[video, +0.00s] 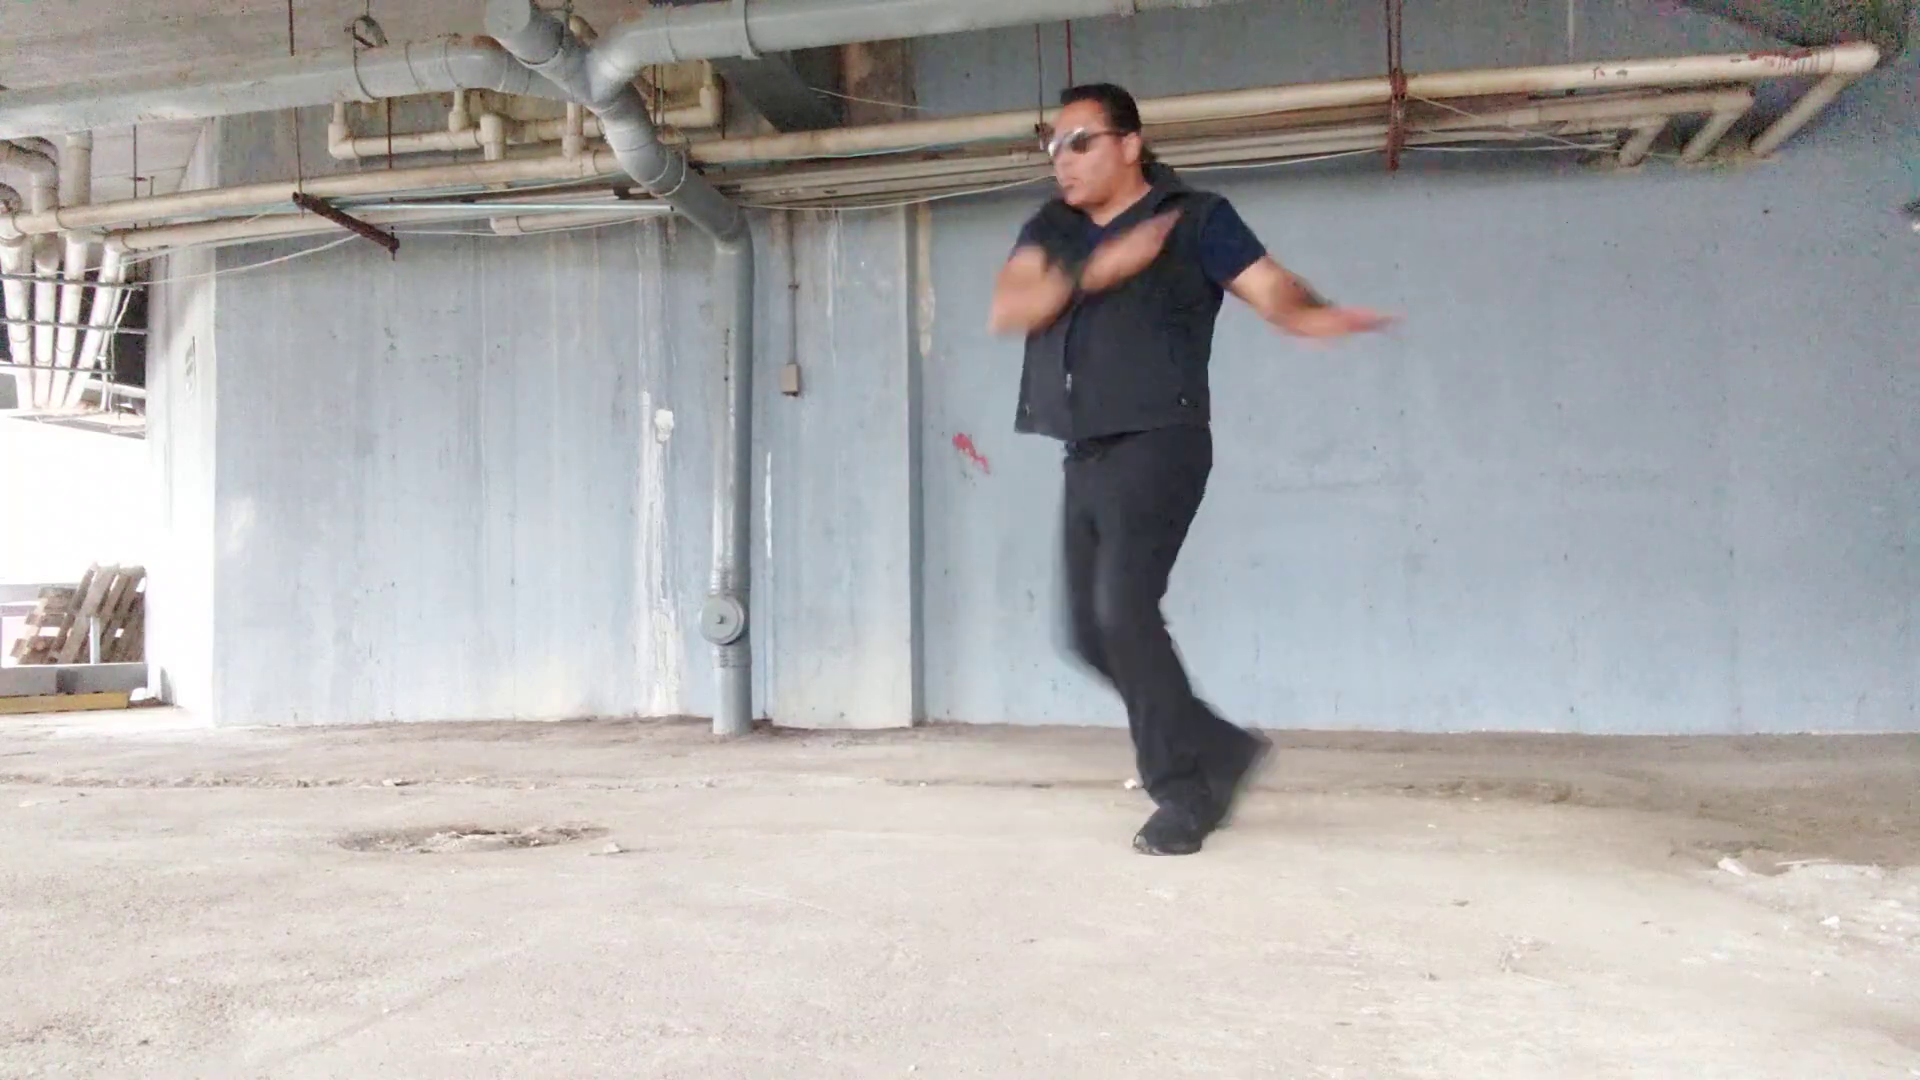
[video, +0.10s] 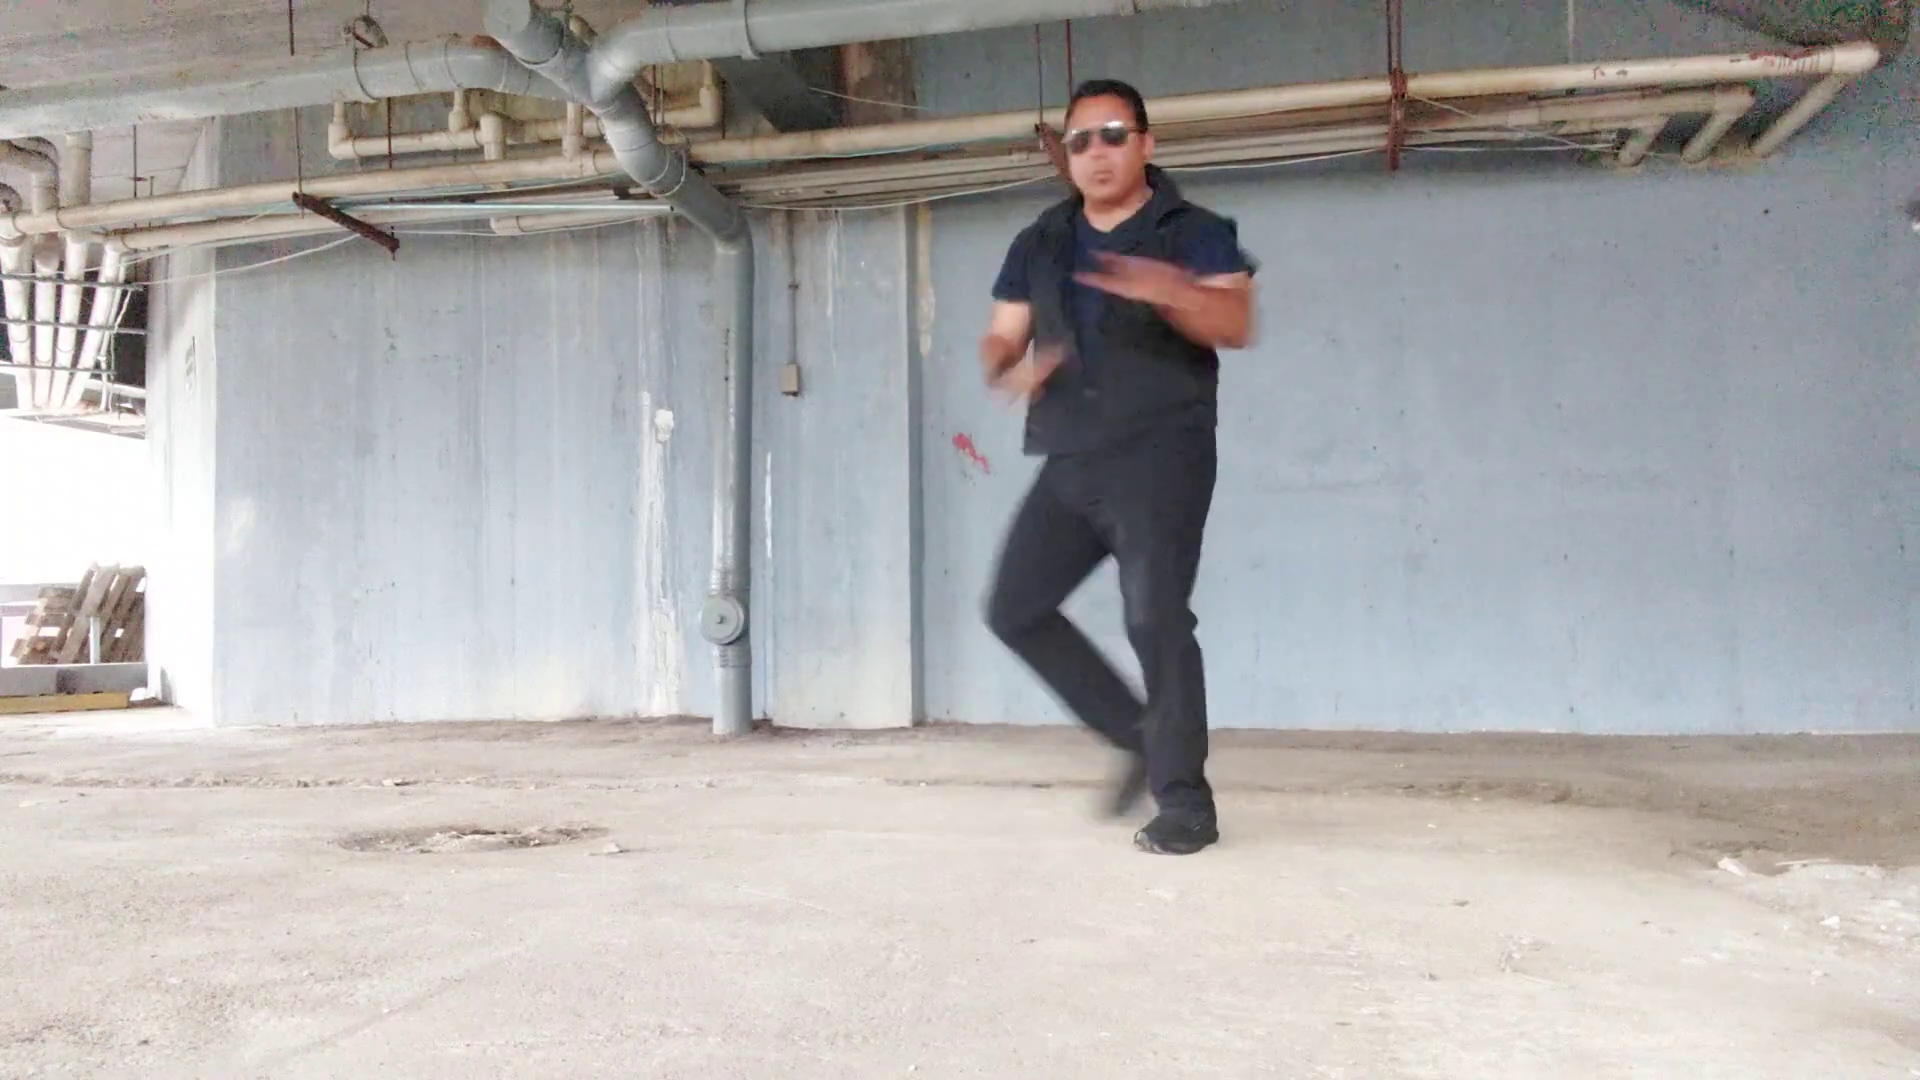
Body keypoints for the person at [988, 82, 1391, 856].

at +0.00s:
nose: (1063, 161)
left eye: (1079, 143)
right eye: (1055, 148)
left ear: (1130, 145)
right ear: (1052, 158)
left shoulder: (1193, 216)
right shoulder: (1056, 224)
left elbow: (1272, 288)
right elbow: (1006, 311)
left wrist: (1312, 315)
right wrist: (1097, 268)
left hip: (1161, 445)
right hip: (1087, 455)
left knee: (1124, 610)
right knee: (1089, 629)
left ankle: (1186, 790)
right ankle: (1220, 747)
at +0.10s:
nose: (1099, 150)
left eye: (1114, 135)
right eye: (1083, 139)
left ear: (1146, 146)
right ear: (1065, 157)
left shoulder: (1195, 233)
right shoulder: (1040, 243)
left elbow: (1237, 325)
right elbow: (1001, 348)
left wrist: (1167, 289)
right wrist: (1015, 371)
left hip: (1162, 457)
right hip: (1070, 464)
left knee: (1155, 620)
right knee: (1016, 610)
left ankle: (1186, 807)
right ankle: (1144, 737)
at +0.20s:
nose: (1100, 139)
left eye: (1115, 122)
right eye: (1082, 126)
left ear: (1140, 134)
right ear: (1058, 141)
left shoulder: (1182, 216)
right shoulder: (1037, 219)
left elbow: (1169, 307)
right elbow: (989, 301)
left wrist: (1056, 272)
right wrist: (948, 350)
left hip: (1154, 454)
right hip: (1057, 457)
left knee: (1170, 625)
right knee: (994, 592)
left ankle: (1187, 802)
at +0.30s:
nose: (1066, 129)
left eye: (1082, 112)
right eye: (1048, 116)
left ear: (1110, 124)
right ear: (1029, 132)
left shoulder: (1156, 206)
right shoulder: (1010, 210)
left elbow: (1154, 310)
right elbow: (930, 227)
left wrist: (1042, 331)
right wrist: (910, 234)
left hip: (1139, 449)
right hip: (1042, 452)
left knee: (1172, 626)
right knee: (996, 617)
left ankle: (1190, 806)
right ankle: (943, 791)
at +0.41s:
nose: (1031, 133)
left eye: (1047, 117)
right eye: (1014, 121)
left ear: (1073, 128)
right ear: (994, 135)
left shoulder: (1113, 208)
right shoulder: (975, 207)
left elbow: (1172, 308)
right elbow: (869, 177)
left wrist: (1126, 382)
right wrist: (941, 186)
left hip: (1098, 451)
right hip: (1006, 453)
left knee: (1144, 615)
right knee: (986, 619)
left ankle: (1190, 798)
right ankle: (966, 799)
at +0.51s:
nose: (999, 140)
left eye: (1016, 126)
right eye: (982, 127)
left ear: (1043, 138)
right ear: (961, 141)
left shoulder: (1081, 207)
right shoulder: (941, 203)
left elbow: (1175, 279)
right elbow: (911, 250)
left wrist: (1195, 332)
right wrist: (1019, 215)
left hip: (1053, 448)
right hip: (969, 453)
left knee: (1091, 610)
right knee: (966, 623)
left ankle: (1169, 787)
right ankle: (960, 801)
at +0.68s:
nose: (974, 147)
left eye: (989, 133)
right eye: (957, 134)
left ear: (1012, 144)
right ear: (933, 144)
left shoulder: (1048, 215)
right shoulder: (903, 226)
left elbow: (1144, 266)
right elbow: (849, 326)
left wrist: (1075, 226)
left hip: (1026, 449)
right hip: (929, 456)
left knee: (1042, 602)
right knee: (931, 621)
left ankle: (1009, 751)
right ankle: (953, 793)